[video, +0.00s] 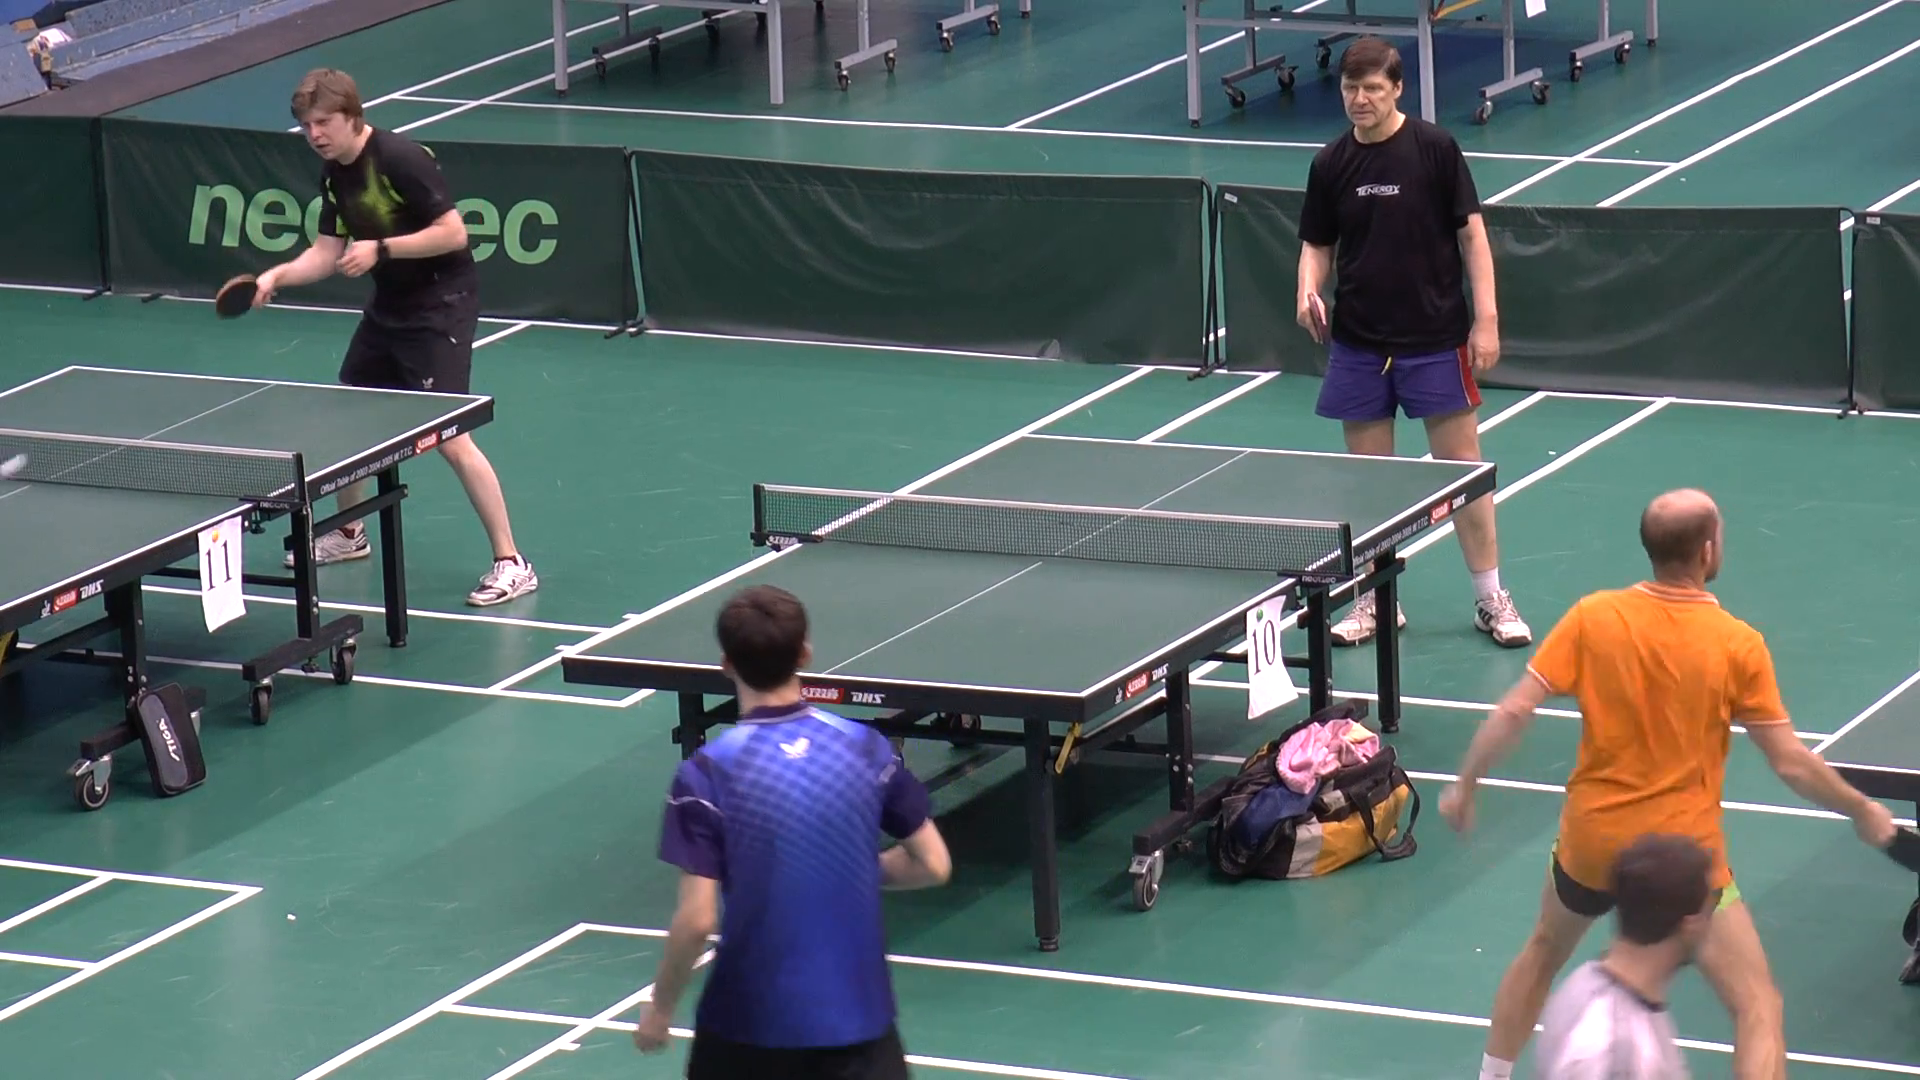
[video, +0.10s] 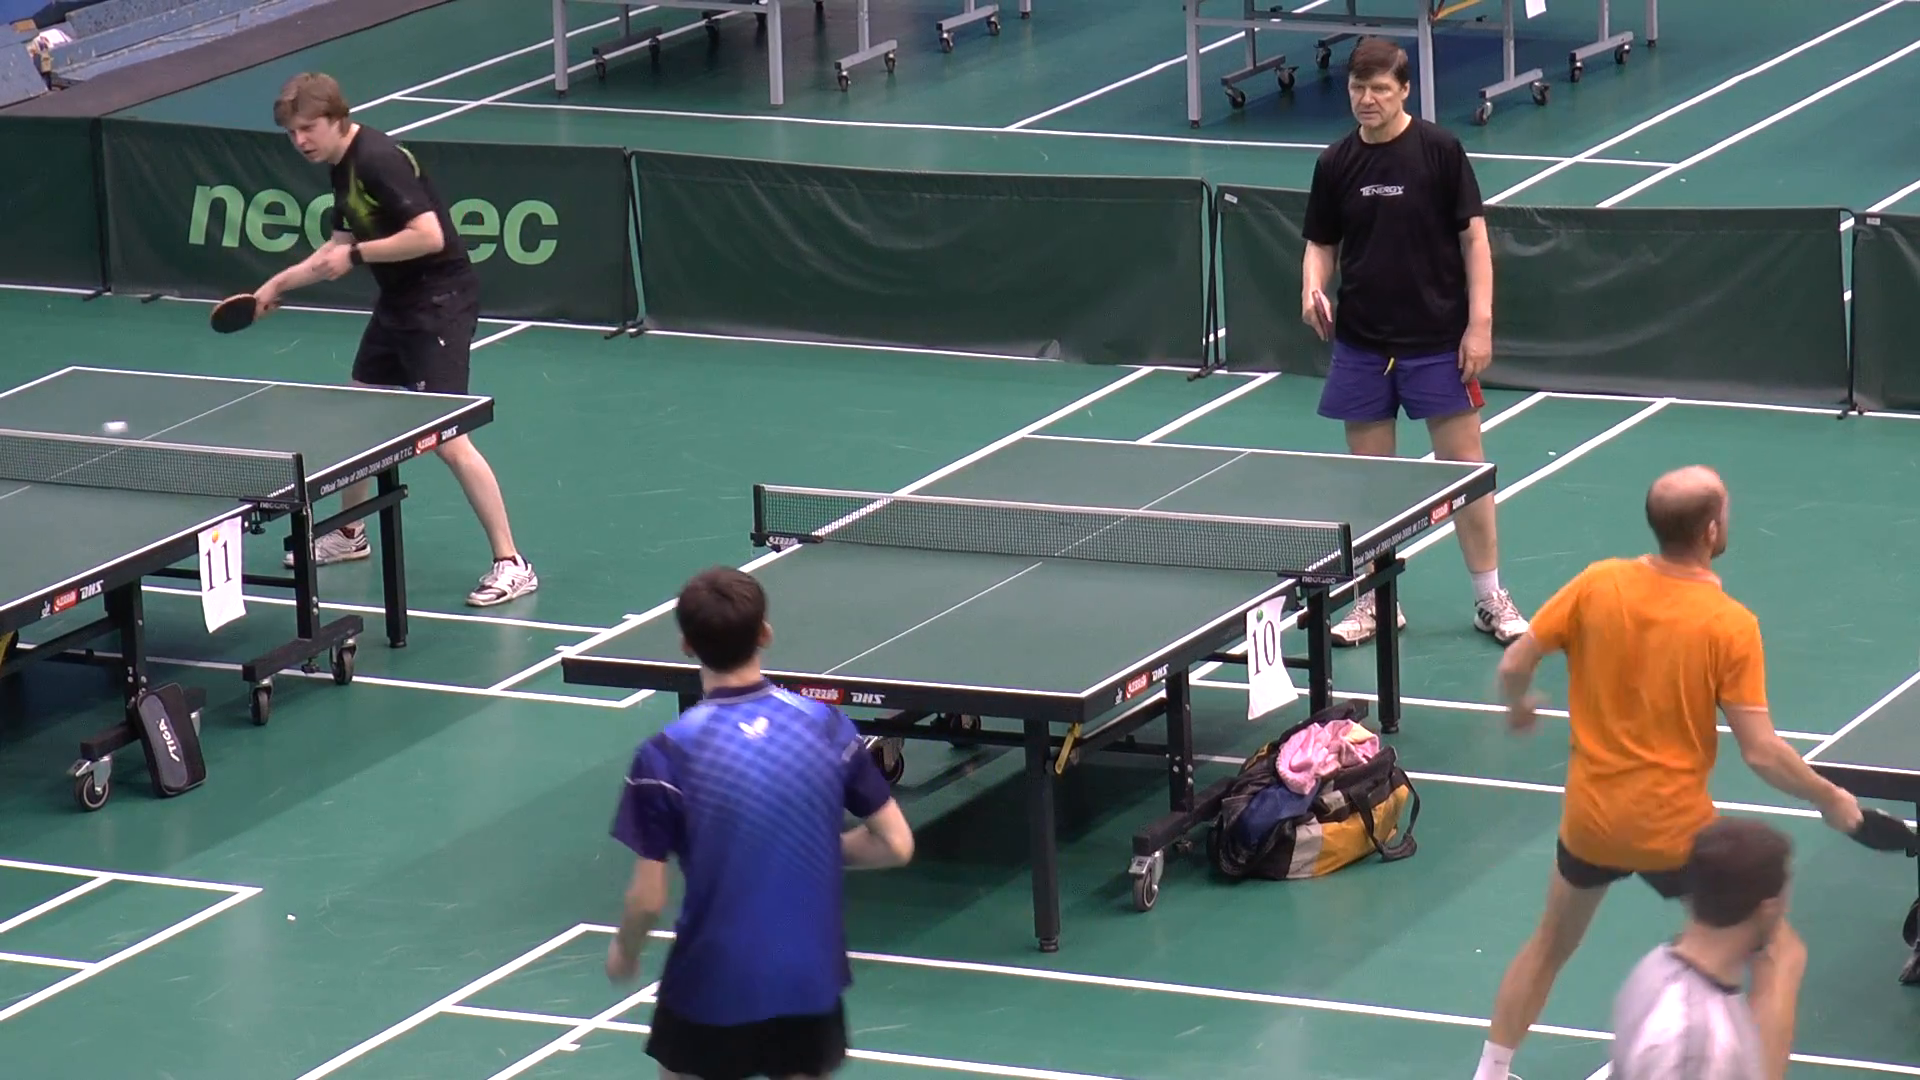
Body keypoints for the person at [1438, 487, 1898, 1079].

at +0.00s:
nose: (1723, 542)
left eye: (1720, 532)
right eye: (1720, 533)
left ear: (1647, 548)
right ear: (1708, 549)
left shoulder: (1592, 616)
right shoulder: (1736, 641)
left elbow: (1513, 710)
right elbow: (1790, 762)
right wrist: (1863, 809)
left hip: (1590, 843)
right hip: (1688, 852)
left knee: (1543, 951)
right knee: (1757, 1004)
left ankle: (1493, 1072)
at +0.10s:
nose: (1728, 519)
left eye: (1724, 510)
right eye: (1725, 512)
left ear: (1655, 527)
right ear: (1711, 530)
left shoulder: (1598, 583)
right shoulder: (1730, 622)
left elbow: (1513, 666)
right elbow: (1761, 748)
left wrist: (1517, 707)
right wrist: (1831, 797)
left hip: (1588, 823)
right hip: (1672, 835)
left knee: (1546, 944)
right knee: (1780, 949)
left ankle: (1490, 1070)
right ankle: (1758, 1074)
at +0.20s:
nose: (1754, 498)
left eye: (1752, 487)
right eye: (1750, 491)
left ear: (1680, 503)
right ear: (1735, 510)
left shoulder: (1623, 555)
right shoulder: (1738, 603)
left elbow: (1560, 631)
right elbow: (1752, 732)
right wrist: (1825, 777)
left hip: (1599, 787)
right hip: (1679, 804)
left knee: (1554, 924)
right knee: (1781, 925)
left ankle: (1485, 1063)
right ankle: (1769, 1065)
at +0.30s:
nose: (1786, 492)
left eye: (1781, 484)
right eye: (1781, 487)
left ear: (1714, 507)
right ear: (1761, 511)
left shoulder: (1659, 548)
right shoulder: (1754, 608)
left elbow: (1615, 619)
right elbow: (1759, 734)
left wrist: (1688, 601)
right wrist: (1846, 780)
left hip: (1616, 784)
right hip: (1696, 803)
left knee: (1560, 922)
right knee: (1798, 927)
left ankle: (1486, 1061)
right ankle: (1792, 1069)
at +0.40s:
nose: (1828, 506)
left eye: (1822, 497)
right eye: (1821, 503)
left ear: (1756, 520)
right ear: (1802, 530)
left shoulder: (1712, 555)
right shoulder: (1788, 622)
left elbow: (1673, 615)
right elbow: (1790, 746)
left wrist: (1782, 596)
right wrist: (1884, 786)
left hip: (1655, 789)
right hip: (1733, 808)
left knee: (1584, 922)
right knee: (1830, 924)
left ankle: (1495, 1059)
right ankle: (1823, 1071)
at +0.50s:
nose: (1868, 497)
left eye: (1861, 491)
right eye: (1861, 495)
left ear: (1797, 522)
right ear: (1842, 527)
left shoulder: (1755, 552)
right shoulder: (1830, 616)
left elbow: (1715, 610)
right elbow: (1840, 739)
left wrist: (1821, 583)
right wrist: (1918, 771)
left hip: (1705, 786)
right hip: (1782, 806)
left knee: (1631, 913)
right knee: (1868, 928)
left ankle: (1529, 1041)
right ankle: (1828, 1073)